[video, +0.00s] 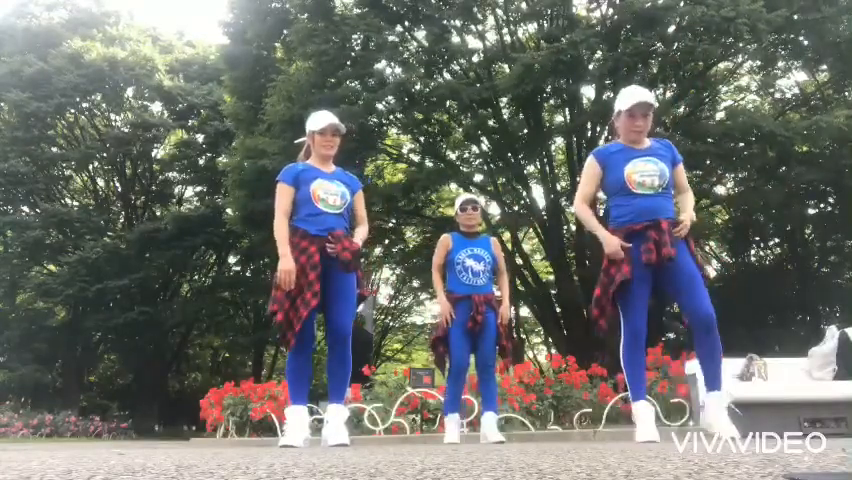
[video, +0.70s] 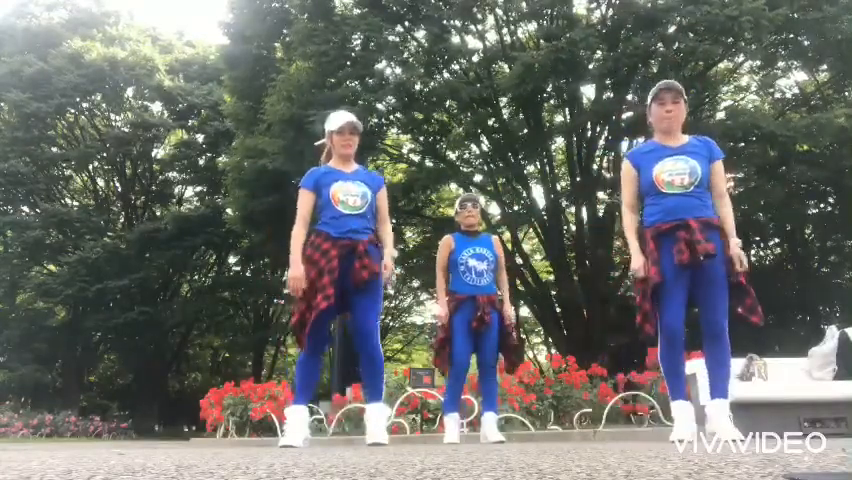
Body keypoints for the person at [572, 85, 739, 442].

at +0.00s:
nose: (639, 120)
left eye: (645, 114)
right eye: (632, 114)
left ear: (652, 118)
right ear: (617, 118)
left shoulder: (665, 149)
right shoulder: (602, 155)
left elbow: (683, 190)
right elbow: (580, 203)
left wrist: (688, 211)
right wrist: (604, 236)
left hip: (671, 240)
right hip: (629, 244)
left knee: (705, 316)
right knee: (635, 329)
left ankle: (714, 406)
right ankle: (641, 411)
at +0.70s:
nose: (668, 108)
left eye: (675, 102)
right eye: (661, 103)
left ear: (685, 109)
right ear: (649, 111)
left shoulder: (706, 147)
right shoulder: (635, 156)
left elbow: (721, 196)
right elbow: (629, 208)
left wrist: (732, 238)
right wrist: (635, 250)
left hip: (707, 235)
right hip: (663, 240)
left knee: (716, 324)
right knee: (671, 327)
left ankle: (719, 411)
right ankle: (681, 415)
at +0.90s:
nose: (662, 104)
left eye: (668, 99)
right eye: (654, 100)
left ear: (680, 108)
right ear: (644, 113)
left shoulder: (702, 143)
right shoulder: (631, 156)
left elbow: (723, 193)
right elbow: (626, 209)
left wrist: (738, 239)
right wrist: (629, 253)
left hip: (705, 237)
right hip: (659, 242)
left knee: (714, 325)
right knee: (669, 327)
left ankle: (719, 410)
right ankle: (679, 414)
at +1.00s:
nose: (661, 104)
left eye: (668, 99)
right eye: (654, 100)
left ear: (680, 108)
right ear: (643, 113)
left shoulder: (701, 142)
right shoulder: (631, 155)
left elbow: (724, 191)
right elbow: (625, 208)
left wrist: (739, 236)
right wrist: (630, 252)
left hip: (705, 237)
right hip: (659, 241)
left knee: (717, 324)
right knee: (669, 328)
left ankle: (720, 410)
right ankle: (679, 413)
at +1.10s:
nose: (663, 105)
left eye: (669, 100)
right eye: (655, 101)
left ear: (682, 108)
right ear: (645, 112)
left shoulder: (703, 141)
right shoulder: (633, 153)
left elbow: (732, 184)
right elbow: (623, 205)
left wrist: (741, 220)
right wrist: (629, 246)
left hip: (707, 235)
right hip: (661, 241)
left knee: (729, 319)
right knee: (669, 327)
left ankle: (734, 407)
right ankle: (680, 414)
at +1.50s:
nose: (643, 114)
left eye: (650, 108)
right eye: (635, 111)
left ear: (664, 115)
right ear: (628, 123)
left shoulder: (678, 137)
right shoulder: (626, 165)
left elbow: (694, 173)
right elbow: (628, 211)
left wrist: (657, 215)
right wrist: (633, 235)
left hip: (701, 240)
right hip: (661, 250)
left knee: (741, 313)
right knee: (638, 314)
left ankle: (771, 402)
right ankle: (645, 405)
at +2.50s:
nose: (617, 113)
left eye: (624, 108)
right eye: (611, 108)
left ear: (636, 115)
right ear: (602, 114)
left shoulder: (645, 145)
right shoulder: (591, 134)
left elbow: (664, 185)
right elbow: (589, 161)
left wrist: (642, 172)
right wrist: (632, 175)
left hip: (634, 234)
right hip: (594, 234)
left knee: (650, 302)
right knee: (581, 319)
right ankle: (571, 406)